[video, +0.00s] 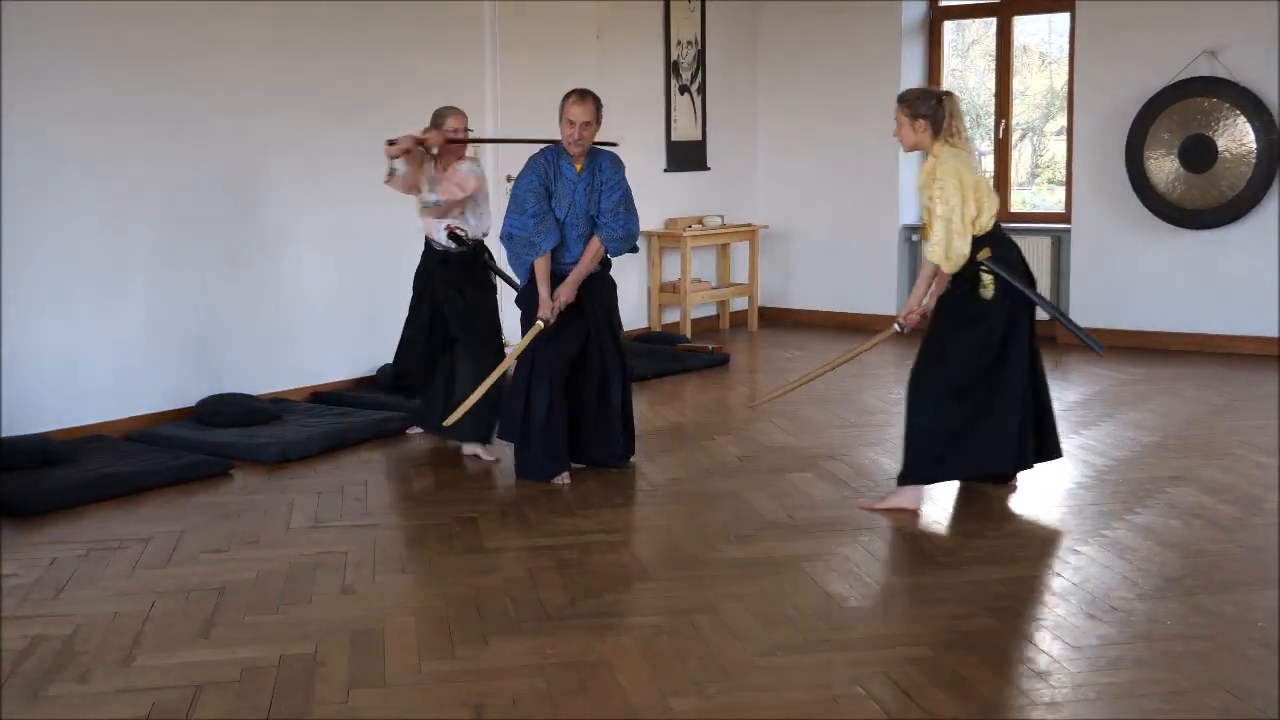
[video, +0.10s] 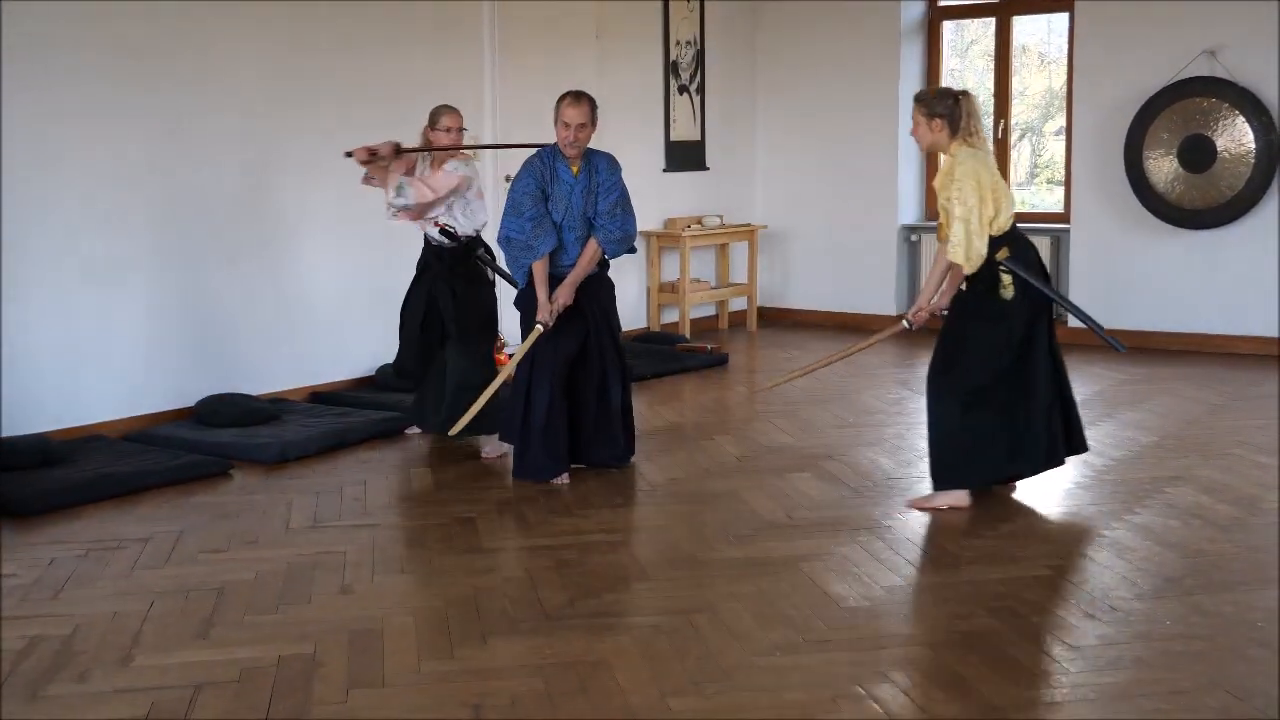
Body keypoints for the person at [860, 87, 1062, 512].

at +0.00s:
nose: (895, 133)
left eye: (899, 124)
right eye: (896, 124)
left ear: (921, 125)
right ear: (928, 125)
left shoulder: (947, 166)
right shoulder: (945, 160)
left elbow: (952, 242)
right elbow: (937, 240)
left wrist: (930, 298)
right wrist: (916, 295)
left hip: (981, 278)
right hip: (999, 271)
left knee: (928, 374)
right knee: (993, 368)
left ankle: (910, 487)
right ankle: (1001, 465)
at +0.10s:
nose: (913, 133)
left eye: (917, 124)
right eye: (913, 125)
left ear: (938, 125)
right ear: (943, 124)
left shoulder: (961, 167)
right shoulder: (966, 161)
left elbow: (966, 246)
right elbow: (949, 241)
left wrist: (944, 296)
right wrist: (925, 298)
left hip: (996, 280)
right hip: (1011, 273)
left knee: (946, 375)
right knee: (996, 370)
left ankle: (953, 487)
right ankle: (1002, 467)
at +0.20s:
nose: (928, 130)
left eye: (932, 122)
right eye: (928, 122)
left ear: (954, 123)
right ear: (957, 122)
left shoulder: (979, 165)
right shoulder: (972, 163)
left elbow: (980, 241)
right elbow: (959, 236)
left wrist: (957, 291)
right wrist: (932, 292)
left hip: (1011, 277)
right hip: (1005, 273)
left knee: (974, 373)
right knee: (980, 372)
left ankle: (997, 482)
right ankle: (993, 478)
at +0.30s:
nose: (944, 128)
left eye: (947, 120)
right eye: (944, 120)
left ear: (969, 121)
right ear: (973, 120)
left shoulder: (995, 163)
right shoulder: (984, 160)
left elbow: (988, 240)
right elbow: (967, 233)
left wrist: (960, 288)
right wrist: (934, 287)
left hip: (1027, 275)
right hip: (1011, 273)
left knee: (1025, 369)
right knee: (977, 360)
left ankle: (1046, 474)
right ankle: (995, 461)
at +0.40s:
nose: (958, 123)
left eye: (962, 116)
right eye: (958, 116)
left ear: (984, 118)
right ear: (987, 118)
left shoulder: (1012, 161)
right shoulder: (994, 162)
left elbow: (996, 235)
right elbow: (973, 229)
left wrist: (959, 285)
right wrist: (932, 280)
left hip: (1039, 272)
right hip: (1020, 271)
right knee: (980, 358)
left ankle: (1088, 461)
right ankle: (999, 463)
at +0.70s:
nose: (1005, 121)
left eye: (1009, 113)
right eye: (1005, 114)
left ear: (1033, 114)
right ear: (1035, 115)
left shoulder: (1058, 157)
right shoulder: (1040, 157)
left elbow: (1027, 228)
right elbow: (1005, 218)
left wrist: (976, 265)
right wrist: (953, 254)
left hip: (1074, 270)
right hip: (1054, 268)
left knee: (1071, 367)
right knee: (1004, 356)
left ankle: (1128, 469)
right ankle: (996, 464)